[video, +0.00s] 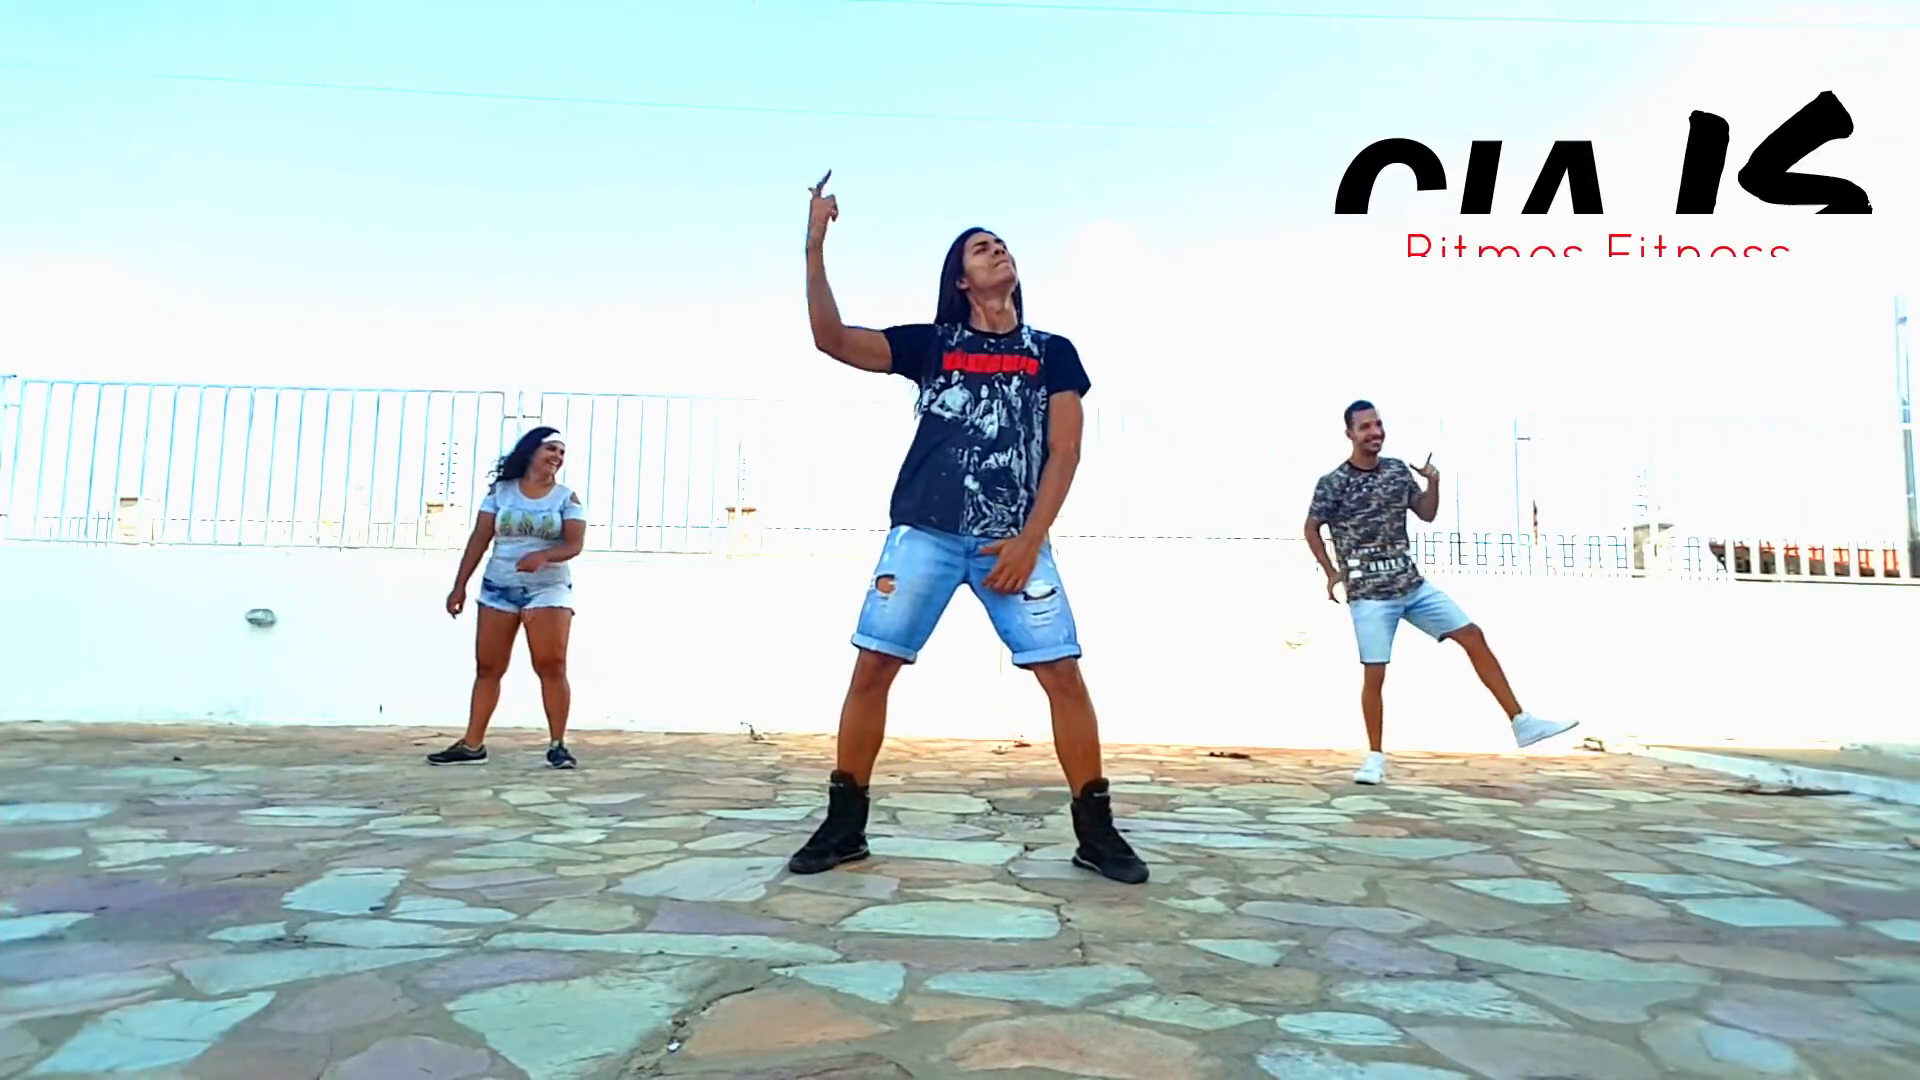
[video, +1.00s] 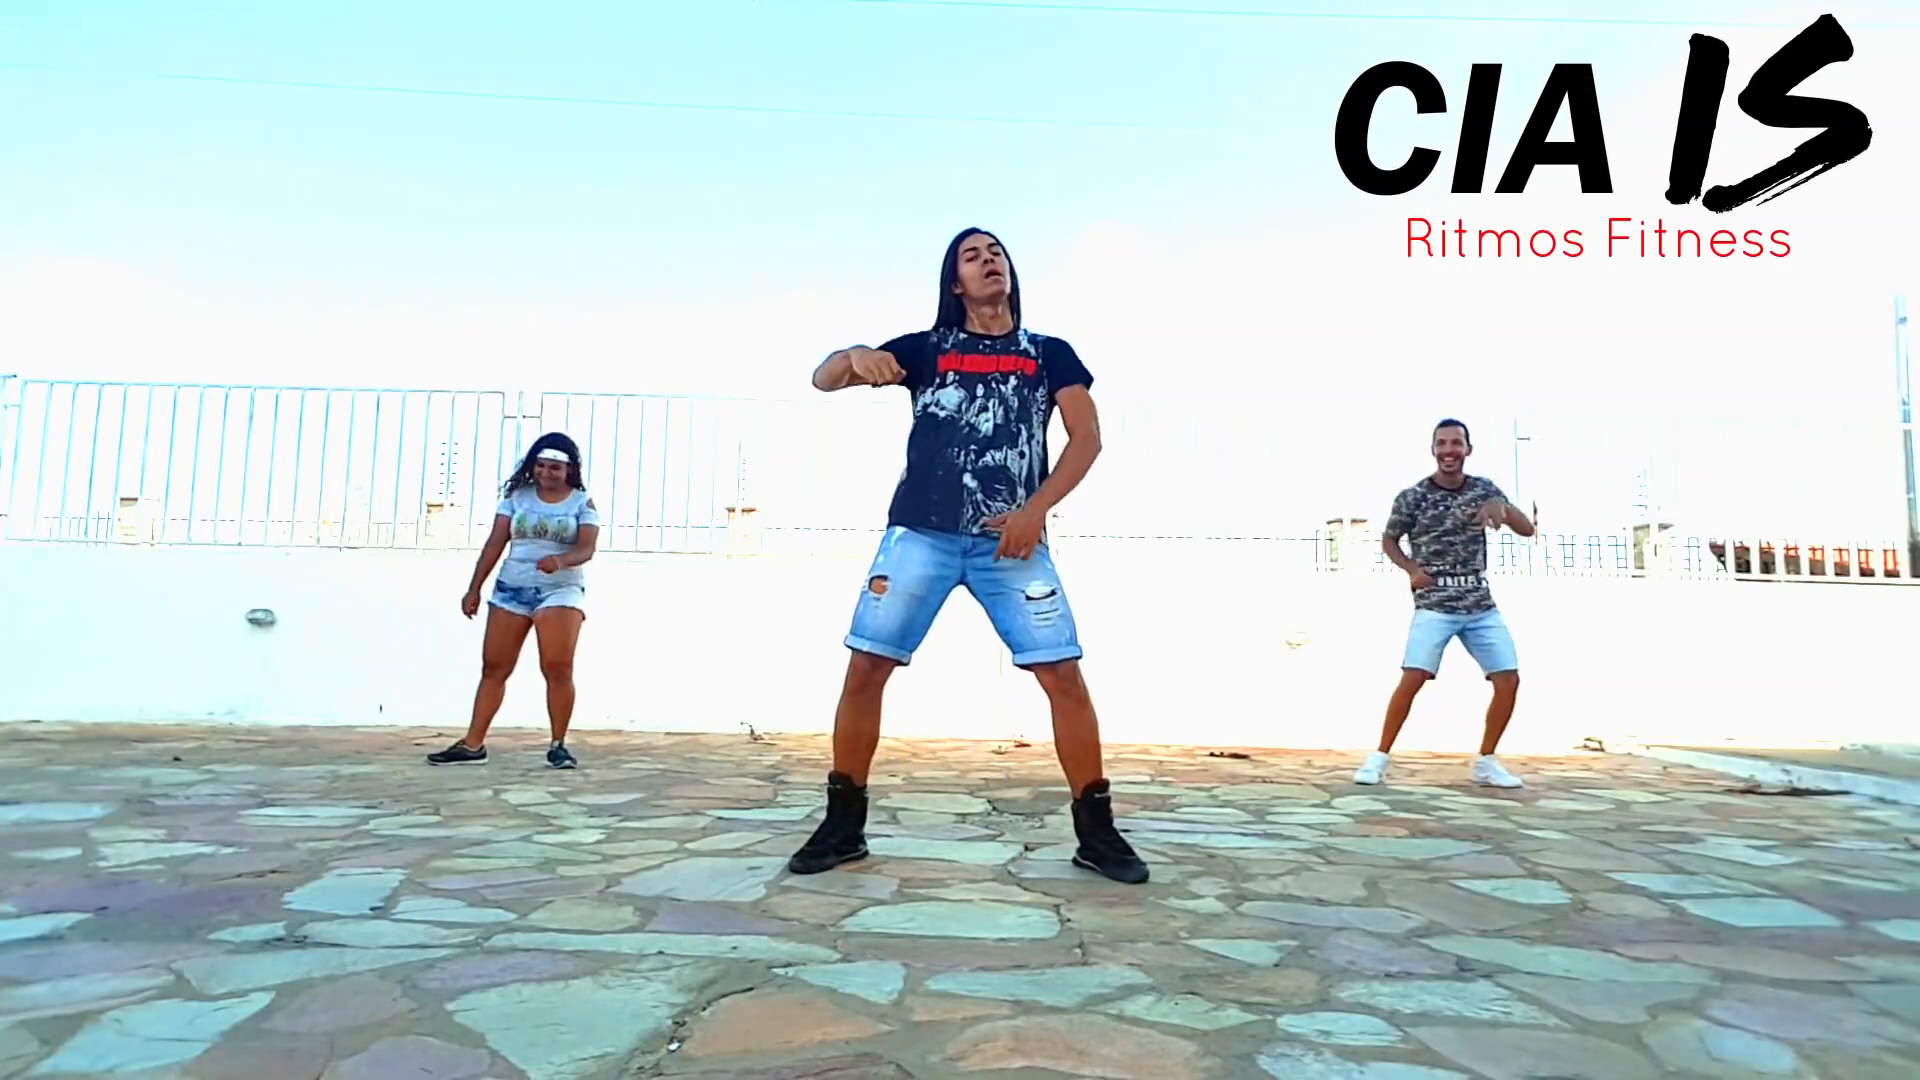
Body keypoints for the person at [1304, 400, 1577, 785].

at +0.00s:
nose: (1374, 432)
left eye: (1377, 425)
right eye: (1365, 427)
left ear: (1383, 429)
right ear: (1349, 434)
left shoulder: (1397, 471)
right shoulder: (1332, 484)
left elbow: (1426, 513)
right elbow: (1311, 530)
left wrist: (1432, 483)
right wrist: (1331, 572)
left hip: (1412, 586)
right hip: (1369, 594)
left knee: (1472, 636)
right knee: (1374, 674)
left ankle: (1521, 722)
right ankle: (1374, 756)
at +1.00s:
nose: (1449, 450)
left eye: (1456, 443)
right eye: (1442, 443)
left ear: (1467, 450)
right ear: (1433, 449)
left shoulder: (1484, 490)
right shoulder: (1412, 498)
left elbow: (1527, 530)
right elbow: (1389, 541)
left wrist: (1502, 508)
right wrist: (1410, 568)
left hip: (1480, 606)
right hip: (1434, 606)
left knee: (1508, 679)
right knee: (1414, 676)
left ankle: (1486, 761)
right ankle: (1380, 755)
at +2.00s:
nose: (1428, 448)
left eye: (1434, 441)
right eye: (1421, 442)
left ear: (1446, 449)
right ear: (1411, 450)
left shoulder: (1468, 489)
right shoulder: (1401, 496)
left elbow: (1466, 541)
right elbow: (1409, 535)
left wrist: (1439, 559)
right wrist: (1445, 498)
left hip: (1456, 606)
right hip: (1409, 604)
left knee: (1498, 677)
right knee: (1387, 675)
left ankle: (1484, 760)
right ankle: (1368, 756)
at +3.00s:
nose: (1416, 440)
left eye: (1422, 435)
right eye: (1409, 435)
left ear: (1432, 444)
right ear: (1398, 444)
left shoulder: (1453, 486)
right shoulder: (1386, 495)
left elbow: (1475, 516)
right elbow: (1374, 533)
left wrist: (1469, 510)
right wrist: (1423, 511)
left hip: (1450, 602)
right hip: (1401, 602)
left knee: (1488, 674)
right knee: (1380, 672)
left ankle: (1486, 758)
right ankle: (1369, 756)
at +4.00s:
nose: (1423, 427)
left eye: (1430, 421)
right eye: (1417, 422)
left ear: (1445, 430)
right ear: (1410, 432)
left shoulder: (1465, 483)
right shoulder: (1394, 483)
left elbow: (1473, 541)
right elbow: (1370, 535)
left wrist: (1473, 591)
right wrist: (1356, 586)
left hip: (1454, 598)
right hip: (1404, 597)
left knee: (1479, 673)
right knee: (1387, 672)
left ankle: (1485, 758)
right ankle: (1369, 755)